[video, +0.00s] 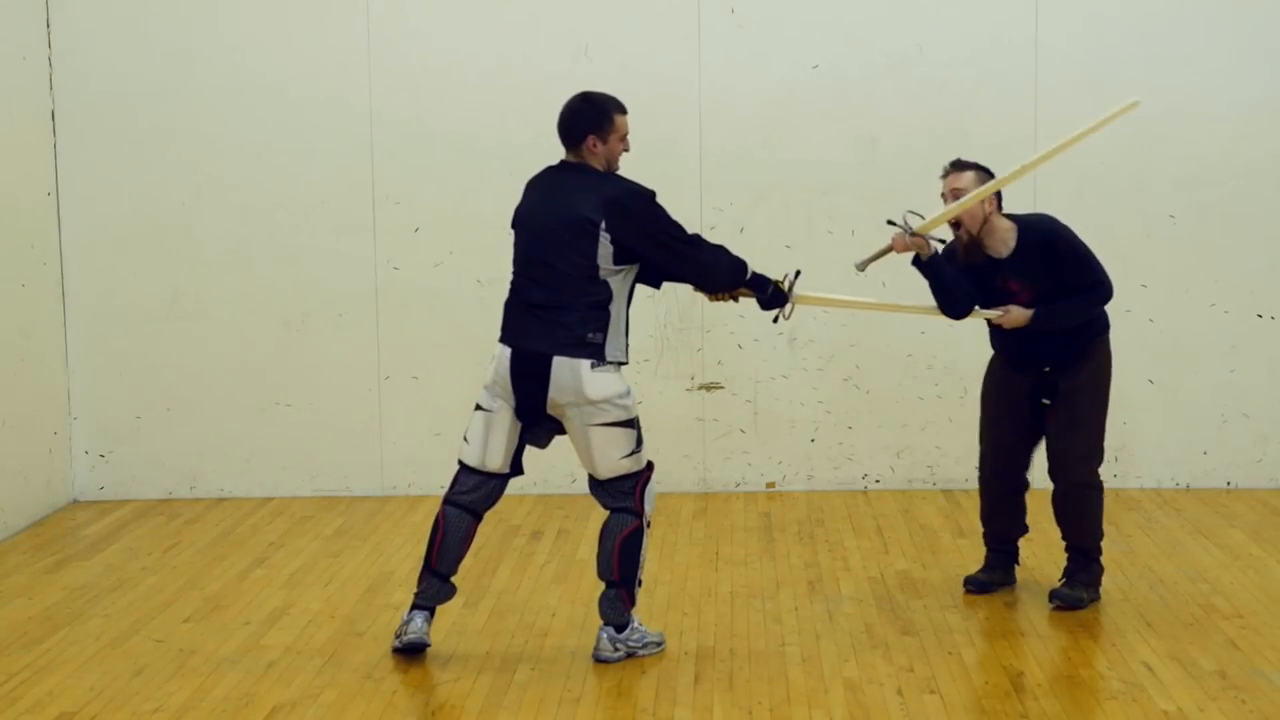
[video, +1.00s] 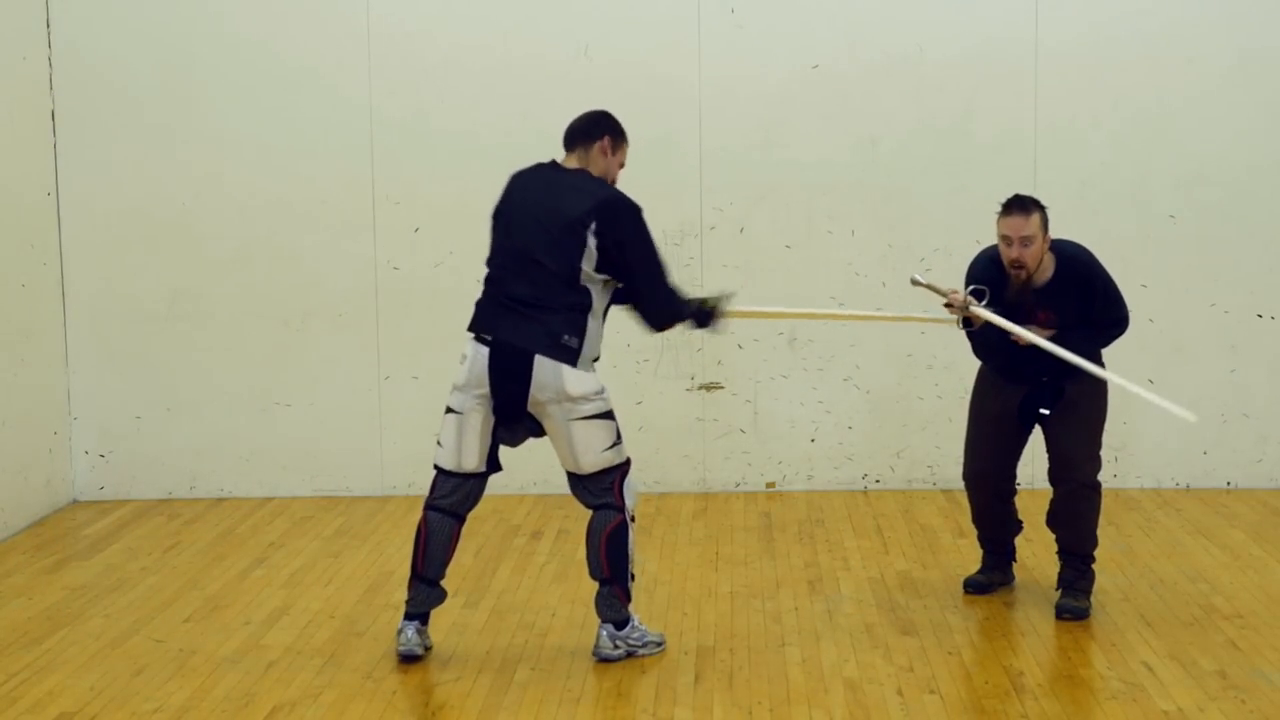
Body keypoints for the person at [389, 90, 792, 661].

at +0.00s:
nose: (626, 148)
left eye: (625, 137)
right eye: (622, 138)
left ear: (575, 141)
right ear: (594, 141)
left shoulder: (537, 190)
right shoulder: (621, 199)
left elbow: (617, 258)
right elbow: (690, 253)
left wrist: (695, 275)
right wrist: (757, 282)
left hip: (516, 362)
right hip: (588, 370)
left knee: (472, 485)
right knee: (626, 495)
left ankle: (420, 613)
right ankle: (617, 628)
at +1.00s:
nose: (620, 173)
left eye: (621, 162)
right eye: (620, 161)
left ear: (570, 147)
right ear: (604, 148)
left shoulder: (521, 182)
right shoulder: (612, 205)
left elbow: (542, 270)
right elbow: (657, 308)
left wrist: (622, 288)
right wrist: (694, 309)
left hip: (486, 356)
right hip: (560, 367)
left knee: (450, 489)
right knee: (608, 493)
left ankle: (413, 621)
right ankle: (616, 625)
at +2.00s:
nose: (613, 148)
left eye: (613, 137)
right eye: (611, 137)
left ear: (562, 132)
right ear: (588, 134)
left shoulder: (510, 190)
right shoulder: (616, 190)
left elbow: (481, 289)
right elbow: (610, 252)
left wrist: (526, 272)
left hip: (538, 353)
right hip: (603, 349)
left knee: (537, 470)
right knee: (608, 481)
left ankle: (474, 587)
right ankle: (566, 623)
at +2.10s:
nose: (648, 144)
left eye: (648, 133)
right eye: (645, 133)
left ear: (597, 129)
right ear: (622, 130)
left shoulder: (539, 186)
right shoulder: (647, 187)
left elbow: (515, 273)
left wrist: (566, 267)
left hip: (566, 347)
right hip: (623, 342)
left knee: (596, 465)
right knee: (616, 477)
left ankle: (557, 581)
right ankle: (567, 622)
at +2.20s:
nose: (682, 152)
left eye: (684, 141)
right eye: (679, 140)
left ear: (637, 132)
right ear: (653, 132)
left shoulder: (576, 180)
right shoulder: (669, 187)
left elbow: (558, 259)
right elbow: (681, 227)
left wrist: (602, 277)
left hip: (597, 348)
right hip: (643, 346)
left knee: (673, 446)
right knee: (621, 483)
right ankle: (567, 621)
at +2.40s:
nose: (752, 176)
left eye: (755, 166)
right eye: (748, 164)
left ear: (714, 157)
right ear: (716, 153)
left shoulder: (668, 205)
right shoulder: (717, 213)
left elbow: (713, 279)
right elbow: (770, 271)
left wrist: (772, 269)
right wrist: (773, 248)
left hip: (717, 375)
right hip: (684, 377)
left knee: (778, 478)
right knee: (657, 509)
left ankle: (803, 584)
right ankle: (570, 611)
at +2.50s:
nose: (799, 180)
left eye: (803, 171)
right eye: (797, 168)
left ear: (769, 158)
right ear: (766, 154)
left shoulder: (755, 209)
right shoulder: (737, 207)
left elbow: (769, 299)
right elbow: (787, 271)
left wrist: (829, 323)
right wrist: (843, 295)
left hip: (749, 368)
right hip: (703, 367)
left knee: (809, 468)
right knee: (685, 500)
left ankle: (808, 584)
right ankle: (591, 595)